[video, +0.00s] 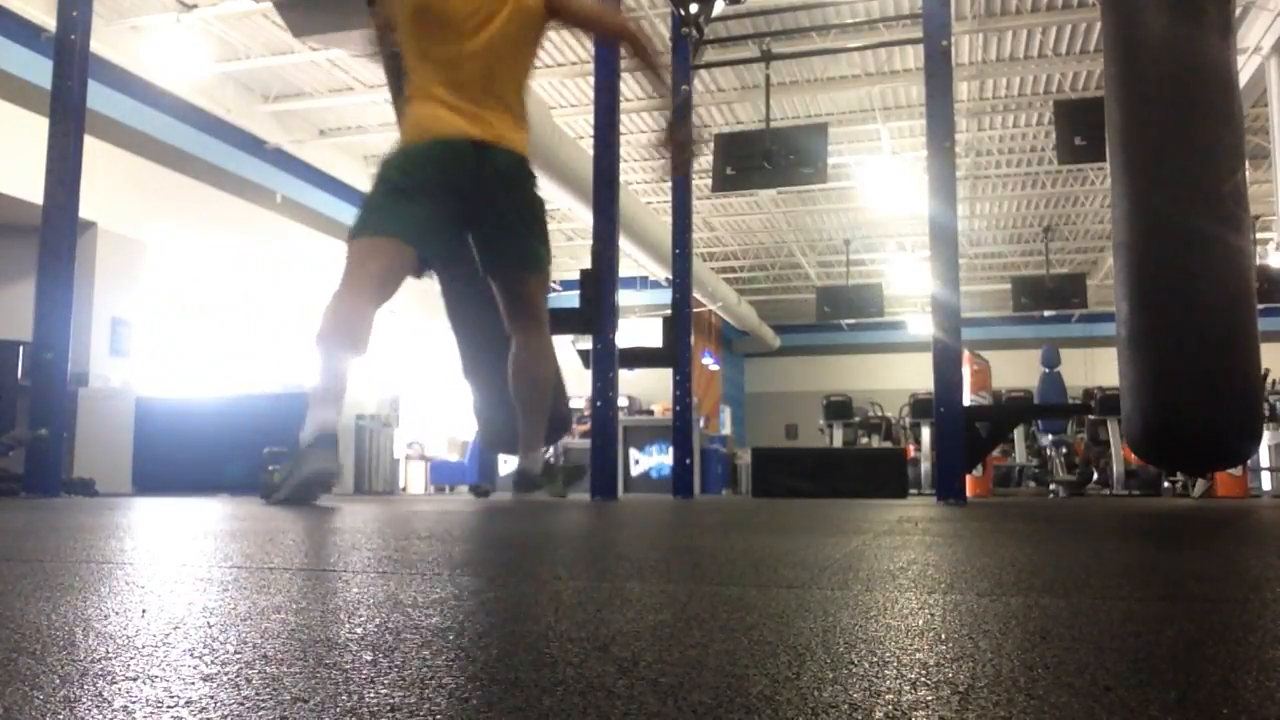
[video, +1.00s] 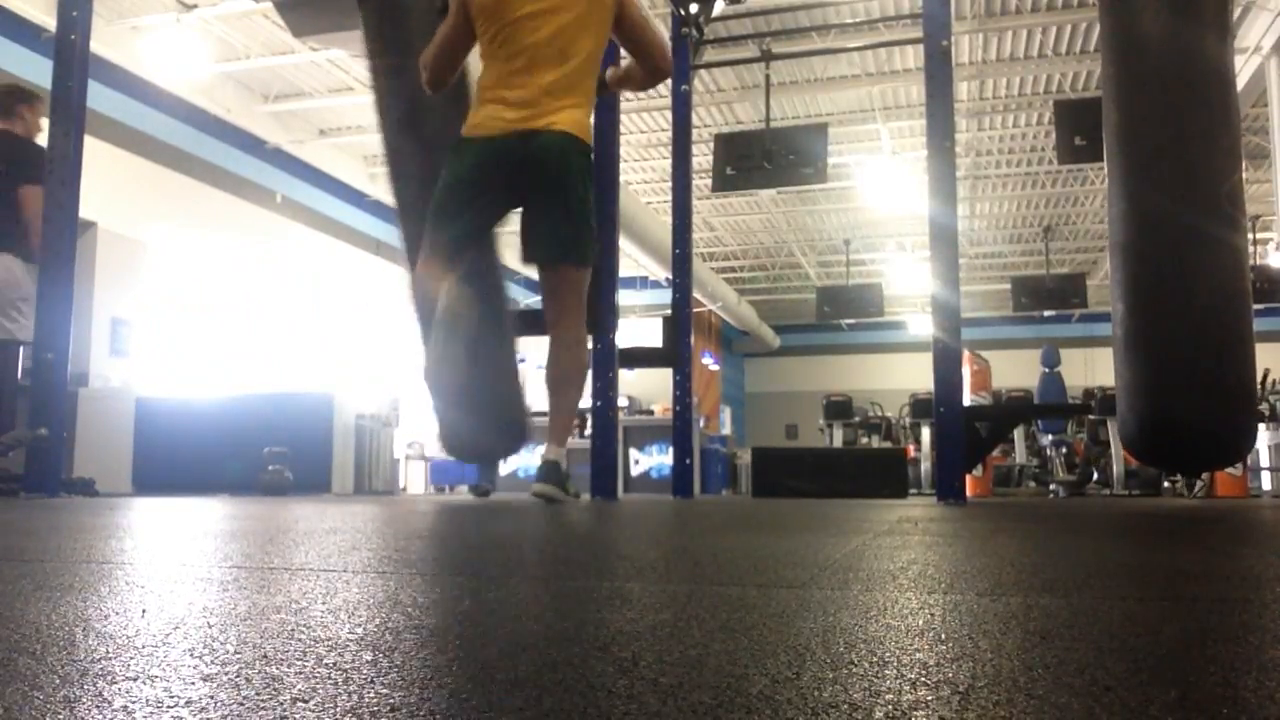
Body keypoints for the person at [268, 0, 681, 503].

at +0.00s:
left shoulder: (402, 7)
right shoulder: (536, 5)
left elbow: (388, 50)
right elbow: (627, 30)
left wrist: (409, 120)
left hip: (423, 156)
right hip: (504, 164)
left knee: (359, 288)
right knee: (530, 320)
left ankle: (319, 443)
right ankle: (530, 470)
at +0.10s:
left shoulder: (445, 6)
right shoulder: (557, 4)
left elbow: (412, 54)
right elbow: (649, 3)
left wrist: (428, 144)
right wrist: (711, 45)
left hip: (447, 173)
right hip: (527, 177)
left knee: (383, 295)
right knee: (547, 322)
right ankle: (537, 462)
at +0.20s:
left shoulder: (464, 14)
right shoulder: (562, 5)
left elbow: (415, 100)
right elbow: (660, 6)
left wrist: (405, 130)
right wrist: (719, 56)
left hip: (487, 174)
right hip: (552, 179)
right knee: (576, 329)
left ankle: (357, 293)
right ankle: (540, 464)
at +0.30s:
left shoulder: (456, 25)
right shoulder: (567, 6)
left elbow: (431, 125)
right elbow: (668, 41)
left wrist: (399, 203)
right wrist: (698, 88)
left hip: (499, 181)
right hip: (567, 186)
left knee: (505, 225)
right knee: (591, 330)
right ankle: (546, 459)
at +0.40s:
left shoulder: (468, 6)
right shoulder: (600, 2)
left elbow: (441, 102)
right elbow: (664, 60)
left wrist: (419, 180)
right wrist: (649, 113)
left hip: (501, 162)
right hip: (575, 163)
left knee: (466, 244)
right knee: (573, 321)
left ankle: (447, 315)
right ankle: (548, 455)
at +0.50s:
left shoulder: (474, 2)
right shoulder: (602, 1)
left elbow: (429, 75)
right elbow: (646, 60)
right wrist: (591, 90)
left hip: (498, 145)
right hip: (573, 147)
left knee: (437, 256)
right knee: (572, 310)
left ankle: (424, 374)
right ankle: (563, 448)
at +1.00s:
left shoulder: (481, 2)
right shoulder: (605, 2)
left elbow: (435, 71)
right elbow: (657, 64)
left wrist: (441, 72)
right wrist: (610, 81)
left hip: (485, 142)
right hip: (563, 144)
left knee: (433, 273)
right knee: (567, 314)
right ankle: (554, 459)